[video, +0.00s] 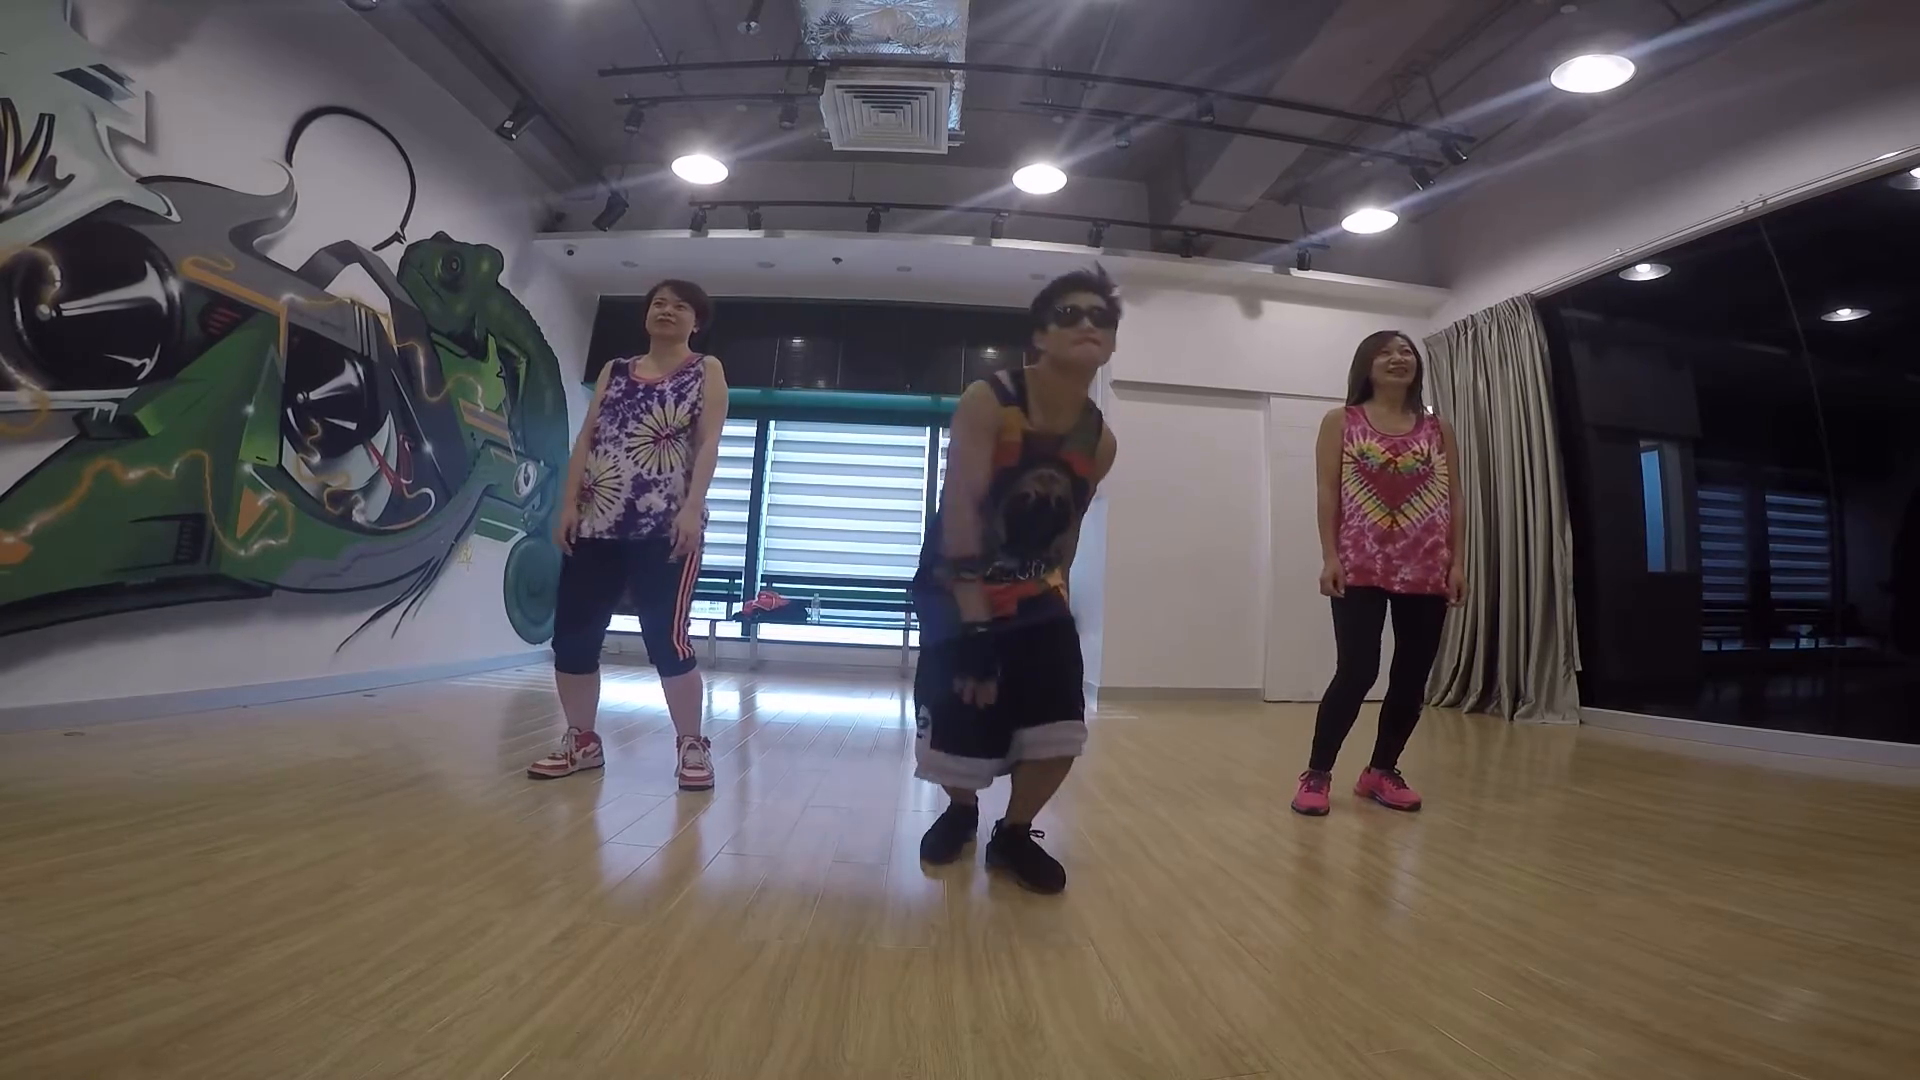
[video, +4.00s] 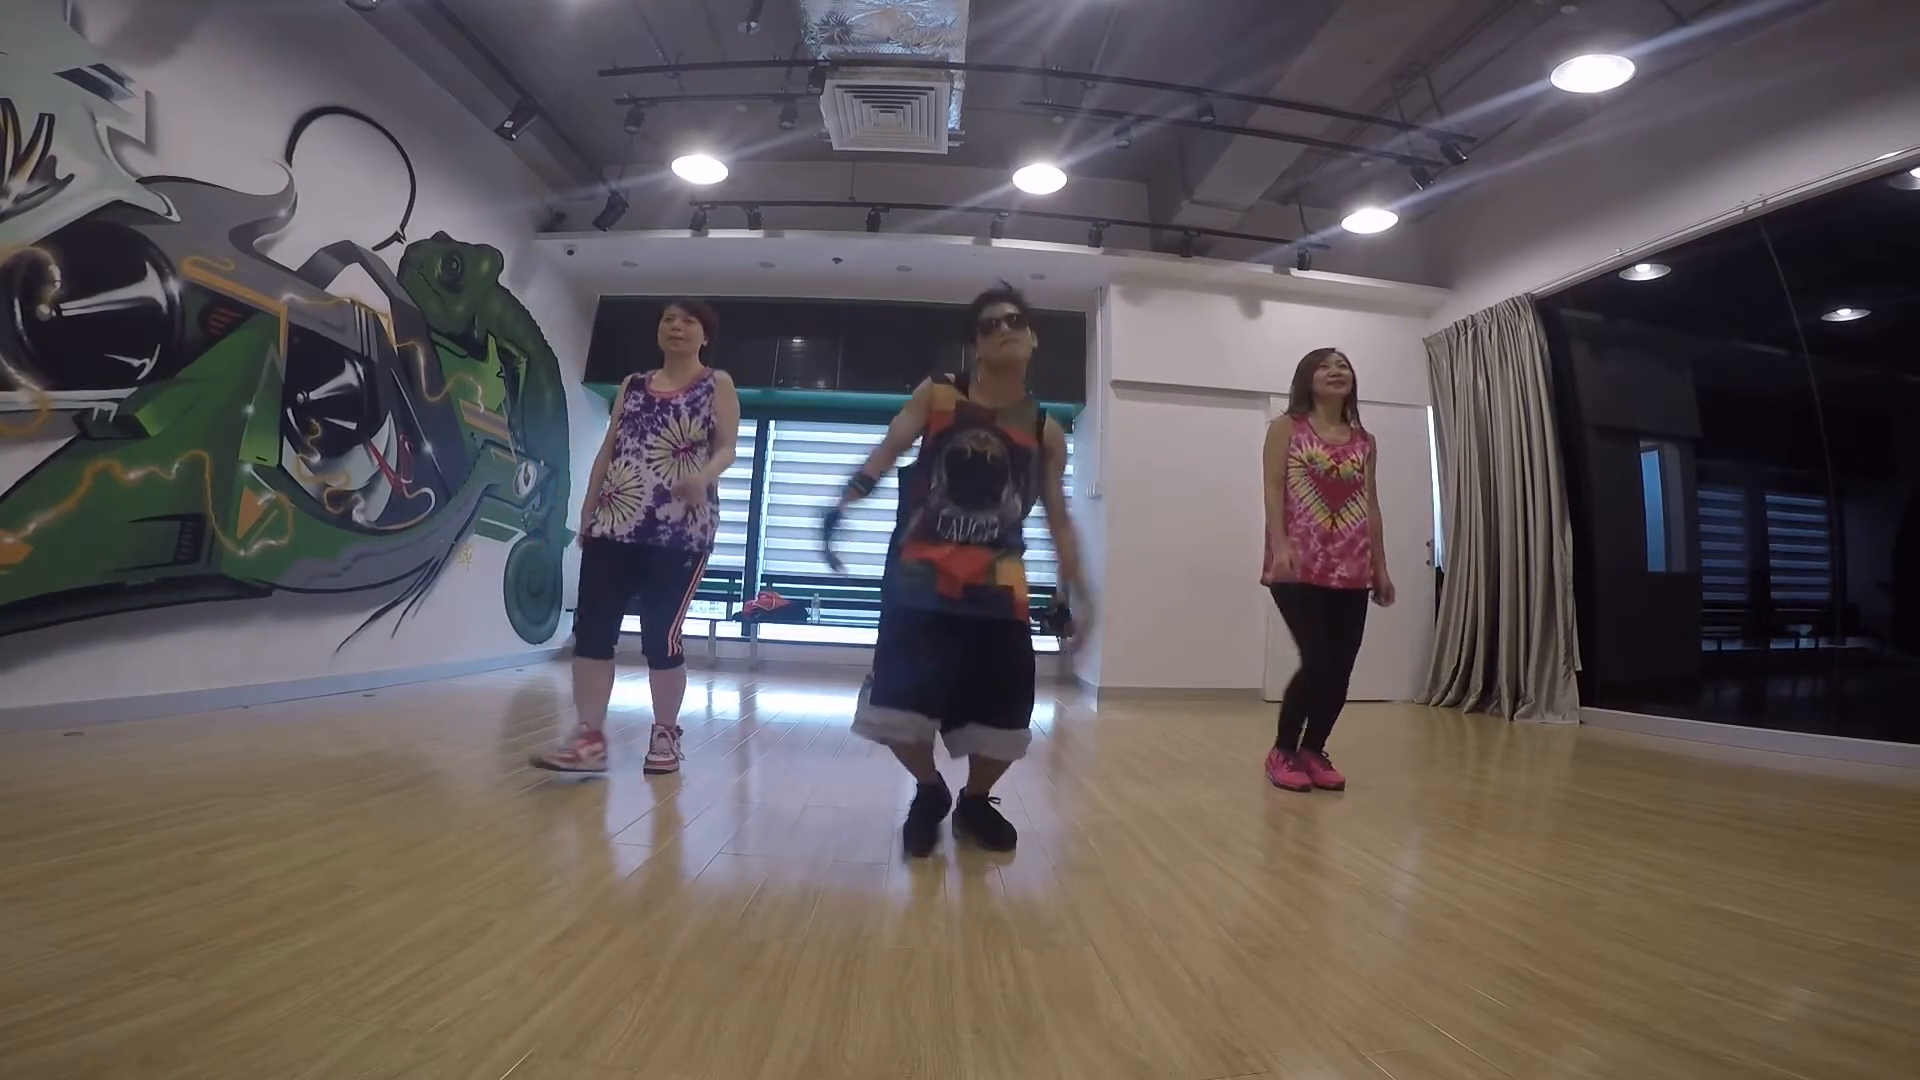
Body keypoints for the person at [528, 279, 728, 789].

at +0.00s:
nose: (666, 309)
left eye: (680, 305)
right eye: (659, 302)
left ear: (696, 322)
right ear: (645, 315)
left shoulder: (707, 371)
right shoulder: (615, 371)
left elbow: (707, 445)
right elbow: (586, 440)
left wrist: (693, 508)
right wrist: (569, 502)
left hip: (664, 528)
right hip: (597, 524)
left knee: (668, 642)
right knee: (572, 637)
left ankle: (691, 744)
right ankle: (582, 742)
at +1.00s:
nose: (635, 306)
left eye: (648, 301)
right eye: (628, 300)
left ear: (669, 320)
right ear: (615, 314)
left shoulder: (681, 383)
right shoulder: (593, 375)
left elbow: (687, 444)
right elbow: (574, 442)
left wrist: (668, 502)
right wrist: (554, 506)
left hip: (648, 527)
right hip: (582, 525)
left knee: (635, 636)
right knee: (565, 634)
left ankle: (640, 741)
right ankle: (590, 736)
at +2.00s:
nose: (658, 322)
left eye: (670, 316)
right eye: (650, 315)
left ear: (689, 330)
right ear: (639, 327)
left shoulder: (703, 384)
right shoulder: (612, 381)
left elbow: (710, 456)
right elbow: (584, 454)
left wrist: (696, 504)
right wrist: (565, 518)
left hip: (662, 537)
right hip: (596, 531)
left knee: (643, 642)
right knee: (571, 635)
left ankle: (646, 738)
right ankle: (582, 742)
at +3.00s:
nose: (669, 325)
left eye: (680, 320)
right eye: (661, 318)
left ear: (696, 334)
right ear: (648, 329)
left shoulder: (704, 392)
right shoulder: (612, 372)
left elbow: (703, 459)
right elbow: (572, 432)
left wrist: (705, 517)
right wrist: (547, 491)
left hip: (660, 526)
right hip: (595, 522)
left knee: (638, 622)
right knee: (601, 631)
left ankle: (644, 732)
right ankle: (616, 732)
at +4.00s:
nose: (676, 325)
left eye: (688, 320)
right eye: (668, 319)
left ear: (705, 335)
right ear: (657, 331)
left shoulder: (716, 384)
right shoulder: (632, 385)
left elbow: (726, 448)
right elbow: (608, 451)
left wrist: (702, 475)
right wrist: (589, 504)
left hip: (677, 531)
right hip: (613, 523)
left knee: (661, 635)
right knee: (592, 629)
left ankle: (664, 733)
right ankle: (589, 737)